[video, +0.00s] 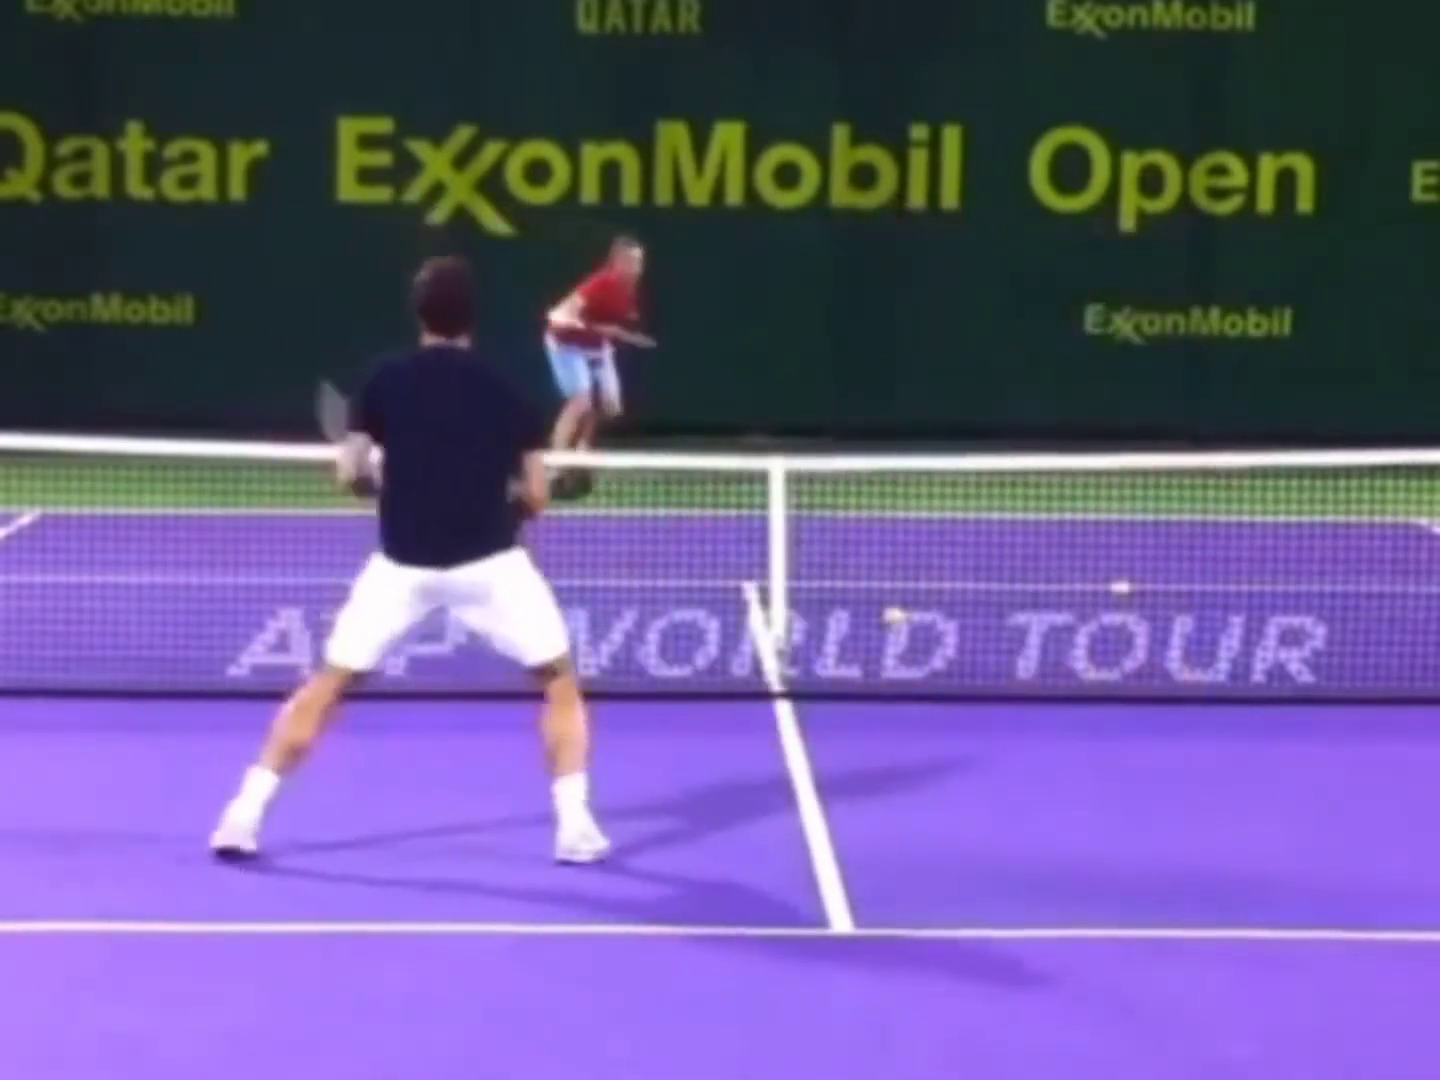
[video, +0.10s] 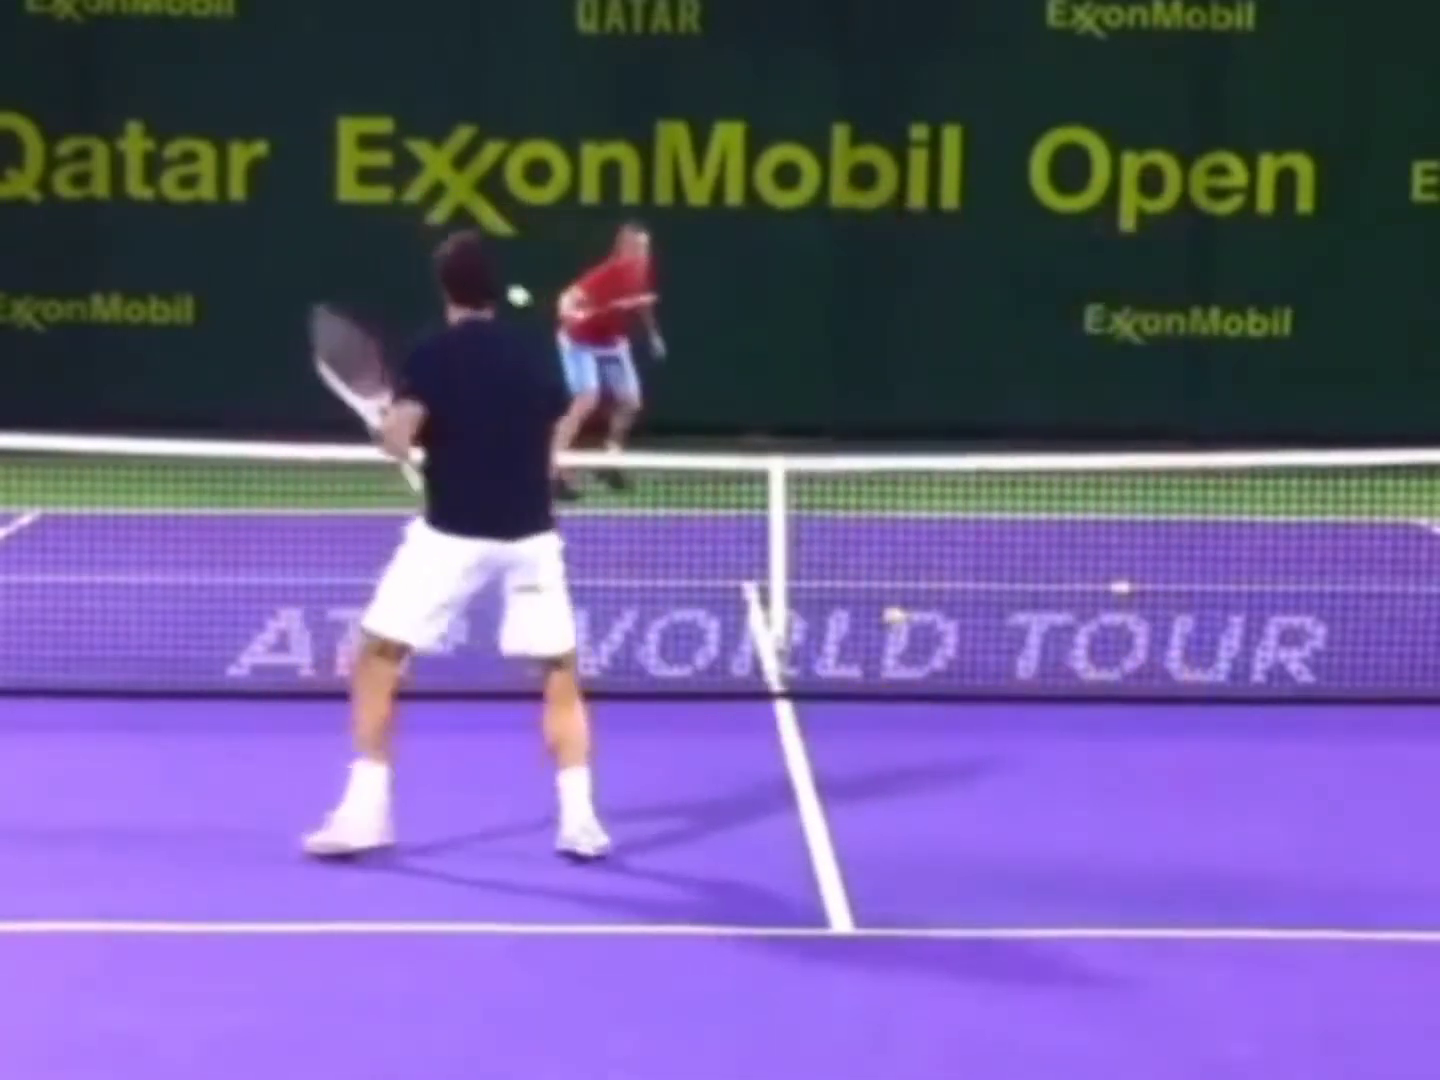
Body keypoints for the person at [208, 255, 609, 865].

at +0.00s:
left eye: (428, 307)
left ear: (418, 315)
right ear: (474, 316)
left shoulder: (387, 380)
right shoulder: (503, 388)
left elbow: (351, 472)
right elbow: (536, 494)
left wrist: (394, 480)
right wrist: (501, 499)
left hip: (401, 566)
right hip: (491, 565)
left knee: (328, 681)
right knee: (559, 680)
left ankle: (247, 808)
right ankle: (575, 820)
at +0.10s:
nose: (455, 295)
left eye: (448, 286)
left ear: (443, 291)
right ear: (497, 288)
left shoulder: (432, 355)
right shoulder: (534, 351)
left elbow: (400, 438)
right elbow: (550, 438)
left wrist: (382, 417)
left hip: (452, 535)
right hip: (532, 537)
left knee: (380, 657)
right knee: (560, 673)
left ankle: (366, 803)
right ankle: (579, 813)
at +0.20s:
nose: (465, 285)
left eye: (465, 275)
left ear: (470, 280)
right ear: (521, 278)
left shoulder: (474, 338)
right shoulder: (549, 338)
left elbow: (443, 412)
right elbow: (508, 440)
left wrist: (400, 385)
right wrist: (410, 437)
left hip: (495, 524)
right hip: (561, 521)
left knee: (435, 653)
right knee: (563, 658)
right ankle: (623, 773)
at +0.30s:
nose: (460, 300)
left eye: (463, 289)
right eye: (462, 289)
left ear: (477, 291)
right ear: (528, 281)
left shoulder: (519, 339)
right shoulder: (558, 336)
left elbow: (487, 406)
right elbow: (491, 392)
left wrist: (406, 398)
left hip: (529, 528)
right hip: (587, 527)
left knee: (465, 658)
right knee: (588, 657)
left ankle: (487, 813)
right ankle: (667, 780)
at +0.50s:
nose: (541, 318)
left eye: (542, 306)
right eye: (541, 306)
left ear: (558, 304)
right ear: (597, 295)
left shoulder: (595, 350)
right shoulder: (630, 354)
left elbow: (552, 394)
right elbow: (543, 428)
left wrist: (463, 401)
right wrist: (464, 444)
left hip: (618, 535)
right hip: (670, 533)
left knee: (559, 666)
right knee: (645, 663)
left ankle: (512, 810)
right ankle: (681, 793)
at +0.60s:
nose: (567, 325)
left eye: (566, 311)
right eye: (563, 313)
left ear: (589, 300)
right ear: (619, 293)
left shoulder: (629, 338)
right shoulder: (668, 342)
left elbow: (604, 383)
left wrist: (542, 423)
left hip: (648, 521)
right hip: (693, 520)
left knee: (585, 652)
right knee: (661, 653)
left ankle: (589, 801)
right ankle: (682, 789)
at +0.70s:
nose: (588, 308)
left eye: (589, 295)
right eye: (586, 295)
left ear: (610, 288)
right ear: (639, 282)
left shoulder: (647, 334)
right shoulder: (701, 333)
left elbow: (650, 377)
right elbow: (778, 391)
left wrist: (635, 420)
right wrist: (831, 445)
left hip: (669, 515)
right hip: (712, 515)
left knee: (621, 651)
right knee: (668, 653)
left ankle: (693, 777)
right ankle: (691, 780)